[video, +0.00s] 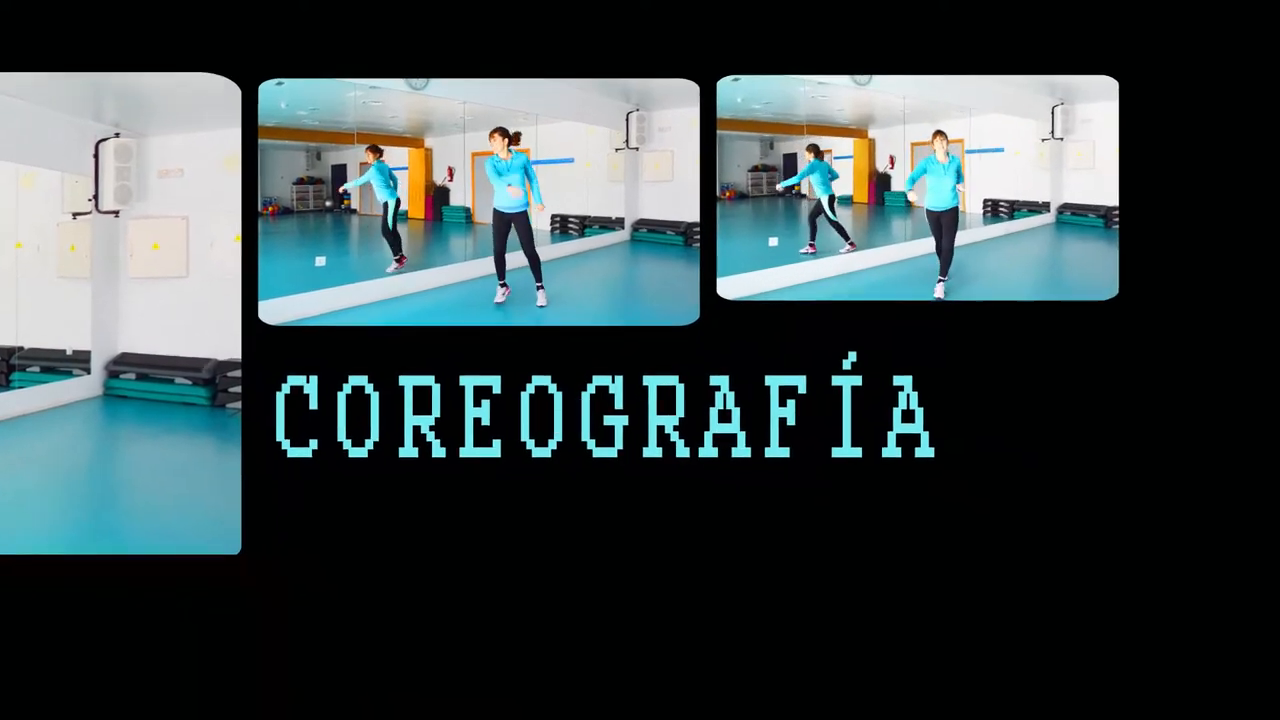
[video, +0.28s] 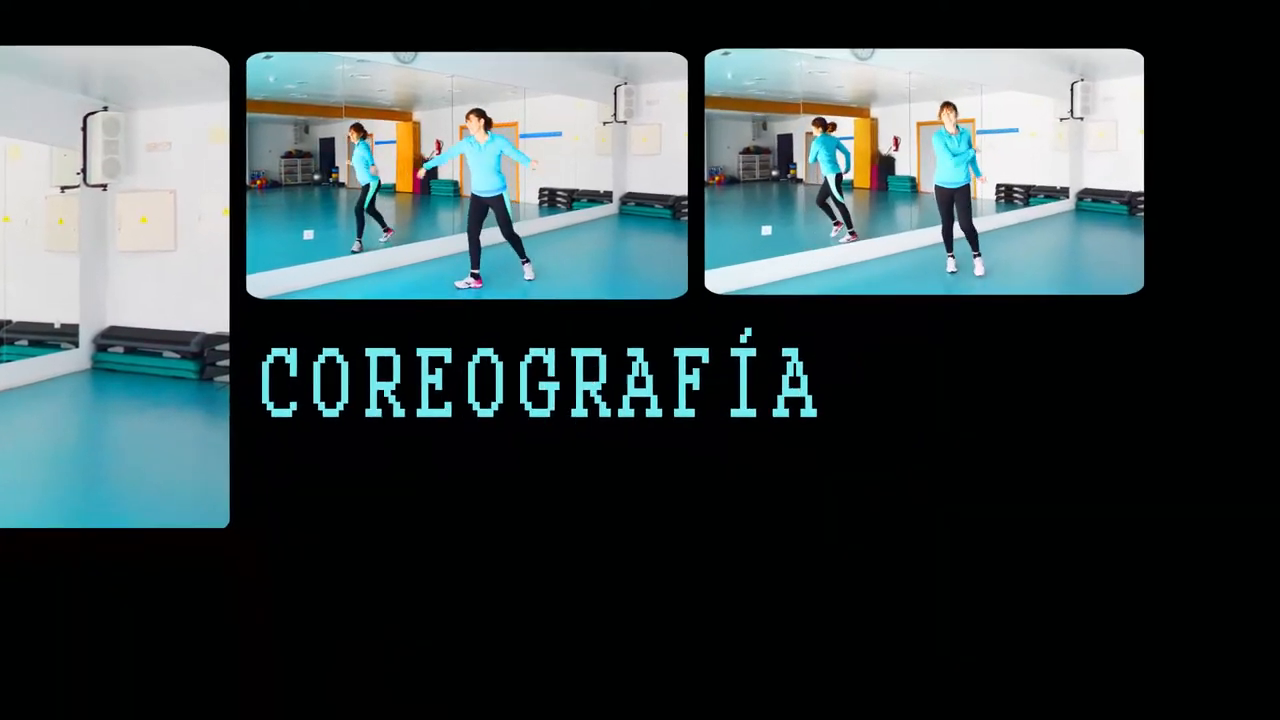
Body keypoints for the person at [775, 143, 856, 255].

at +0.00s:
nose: (806, 155)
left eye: (807, 153)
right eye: (806, 153)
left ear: (811, 153)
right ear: (816, 153)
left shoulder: (812, 165)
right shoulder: (824, 164)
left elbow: (798, 178)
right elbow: (835, 175)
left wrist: (782, 184)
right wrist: (825, 180)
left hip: (826, 196)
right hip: (825, 196)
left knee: (833, 221)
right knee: (812, 217)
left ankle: (850, 243)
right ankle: (811, 245)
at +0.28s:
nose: (813, 131)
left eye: (814, 128)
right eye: (813, 128)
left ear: (819, 128)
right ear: (824, 127)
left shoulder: (817, 142)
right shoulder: (833, 139)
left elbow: (811, 159)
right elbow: (847, 153)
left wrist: (817, 151)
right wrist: (847, 167)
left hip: (831, 174)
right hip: (836, 173)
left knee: (839, 203)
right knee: (820, 201)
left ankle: (851, 232)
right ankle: (836, 222)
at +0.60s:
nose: (824, 96)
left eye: (825, 93)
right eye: (824, 94)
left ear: (832, 93)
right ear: (833, 94)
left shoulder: (832, 107)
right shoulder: (841, 105)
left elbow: (816, 119)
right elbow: (850, 117)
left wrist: (797, 125)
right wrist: (848, 130)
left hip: (847, 139)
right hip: (851, 138)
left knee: (842, 168)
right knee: (851, 167)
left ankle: (850, 198)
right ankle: (859, 194)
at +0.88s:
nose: (838, 77)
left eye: (840, 74)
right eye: (838, 74)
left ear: (847, 75)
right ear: (839, 76)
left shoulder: (851, 87)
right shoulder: (844, 89)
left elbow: (862, 97)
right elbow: (844, 102)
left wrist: (873, 107)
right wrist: (835, 103)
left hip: (859, 123)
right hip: (851, 124)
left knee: (847, 151)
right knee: (852, 152)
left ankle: (847, 183)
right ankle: (870, 170)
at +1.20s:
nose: (870, 48)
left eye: (871, 46)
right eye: (867, 46)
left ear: (872, 49)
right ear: (860, 48)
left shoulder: (874, 63)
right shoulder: (852, 63)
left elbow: (878, 79)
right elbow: (839, 81)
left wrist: (883, 90)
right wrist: (850, 83)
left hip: (871, 100)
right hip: (857, 101)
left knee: (869, 133)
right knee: (859, 134)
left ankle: (869, 163)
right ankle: (851, 167)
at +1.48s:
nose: (863, 34)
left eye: (864, 32)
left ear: (866, 33)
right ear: (877, 32)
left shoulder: (860, 46)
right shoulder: (881, 45)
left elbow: (847, 61)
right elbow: (885, 61)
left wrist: (834, 76)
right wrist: (901, 68)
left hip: (860, 84)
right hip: (874, 84)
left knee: (862, 119)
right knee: (874, 120)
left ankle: (854, 152)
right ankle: (869, 155)